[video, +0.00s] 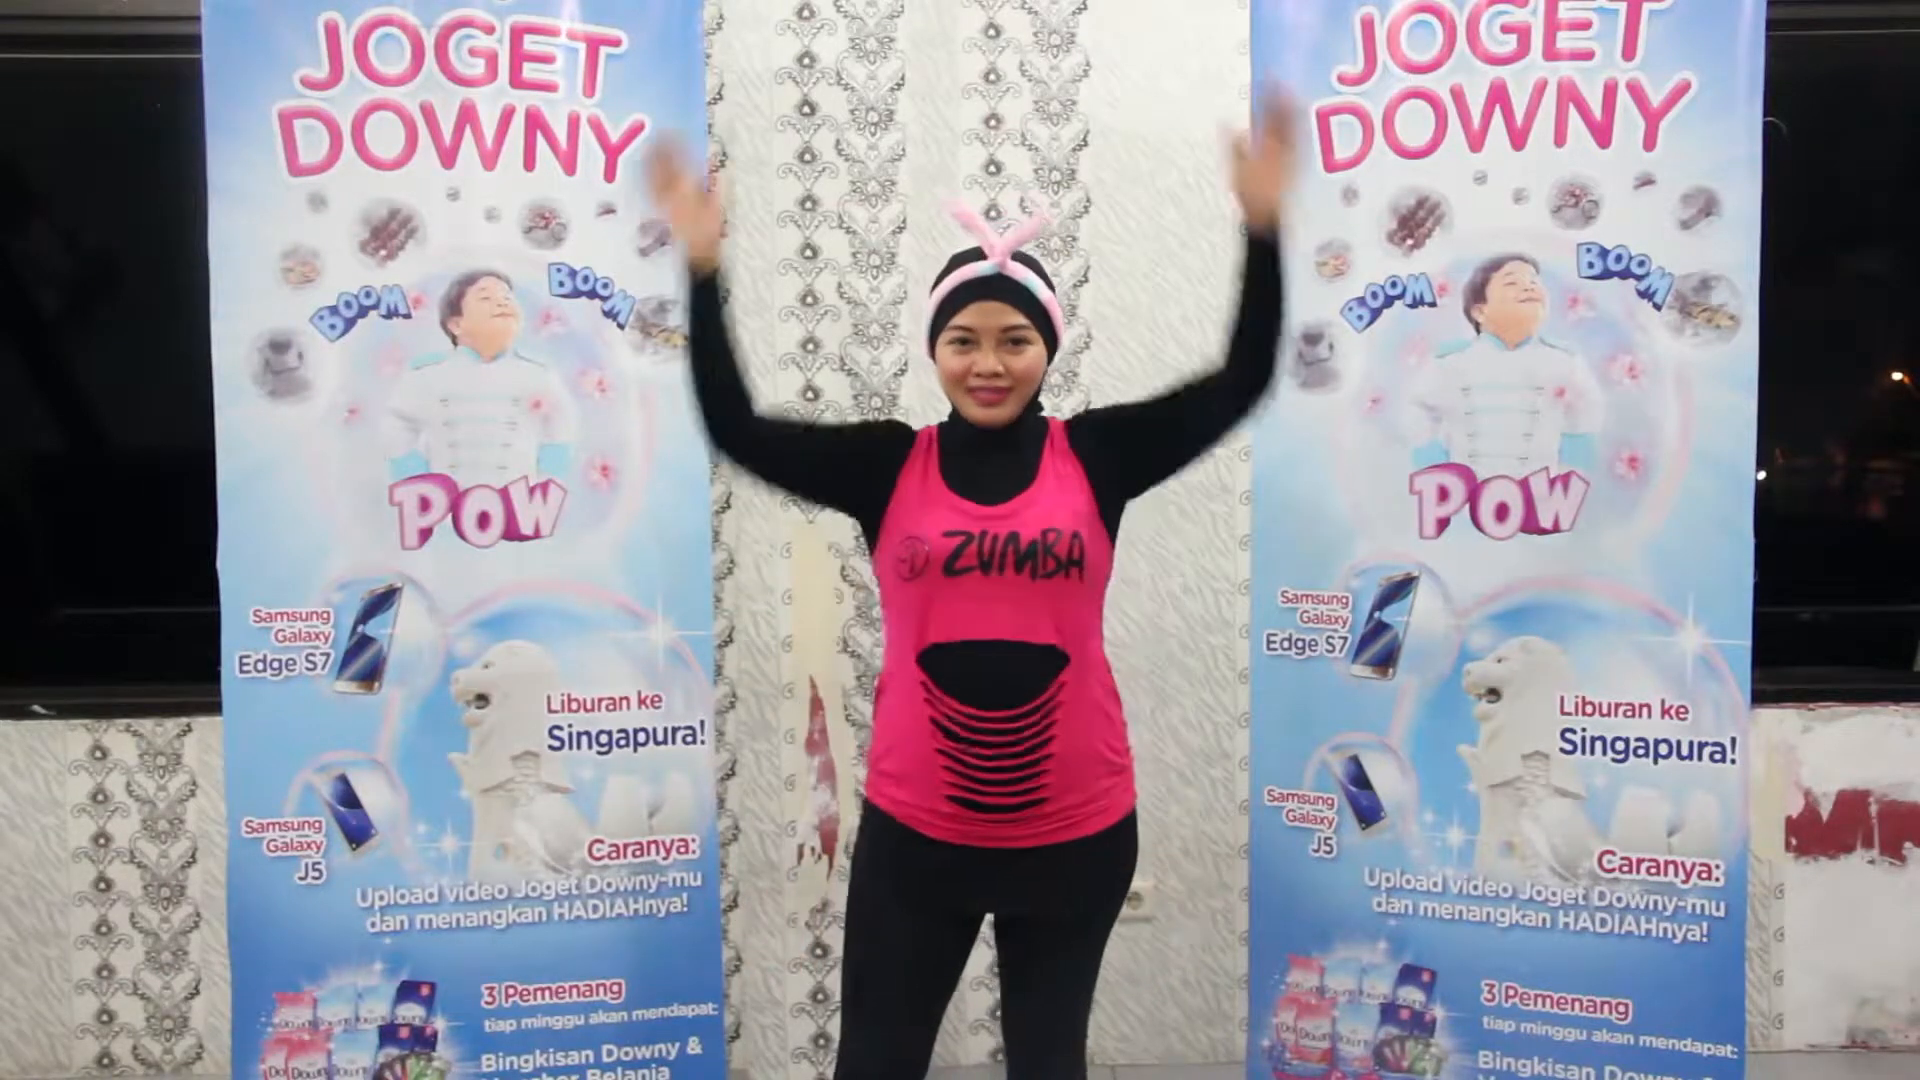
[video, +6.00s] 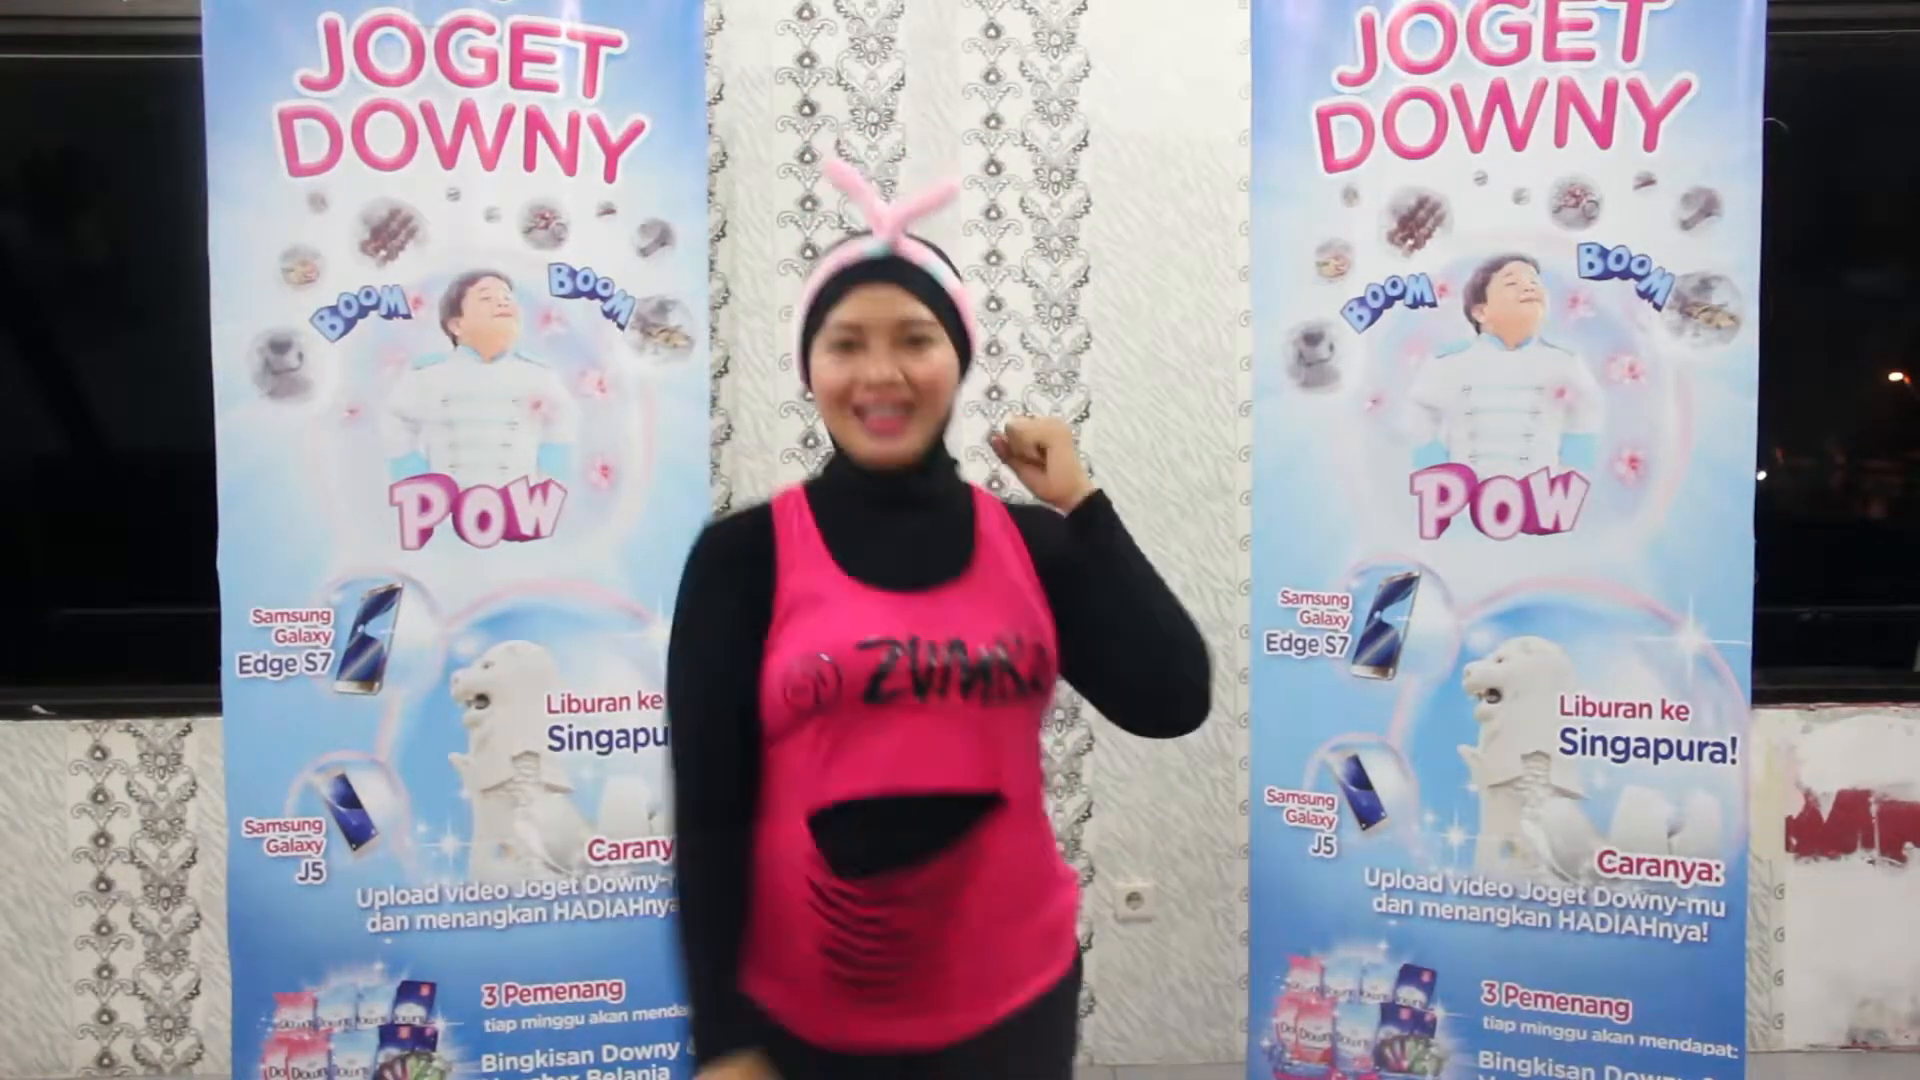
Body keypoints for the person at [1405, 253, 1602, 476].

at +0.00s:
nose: (1529, 287)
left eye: (1534, 281)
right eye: (1511, 282)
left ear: (1545, 300)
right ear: (1478, 310)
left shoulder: (1564, 364)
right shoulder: (1447, 366)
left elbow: (1582, 429)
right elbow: (1415, 414)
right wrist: (1433, 474)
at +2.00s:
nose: (1528, 286)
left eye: (1534, 281)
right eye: (1510, 283)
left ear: (1545, 300)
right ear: (1478, 311)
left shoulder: (1564, 363)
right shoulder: (1446, 366)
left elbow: (1583, 422)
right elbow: (1415, 415)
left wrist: (1566, 485)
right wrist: (1434, 475)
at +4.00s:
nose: (1530, 287)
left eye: (1535, 281)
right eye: (1511, 283)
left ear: (1545, 300)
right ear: (1479, 311)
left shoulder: (1565, 362)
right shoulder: (1446, 365)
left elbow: (1584, 428)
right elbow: (1418, 421)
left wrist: (1566, 490)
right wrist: (1436, 480)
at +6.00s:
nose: (1528, 287)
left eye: (1534, 281)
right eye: (1510, 282)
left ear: (1545, 300)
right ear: (1479, 311)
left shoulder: (1565, 365)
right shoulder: (1445, 367)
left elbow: (1583, 435)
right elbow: (1417, 424)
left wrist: (1563, 495)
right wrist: (1437, 482)